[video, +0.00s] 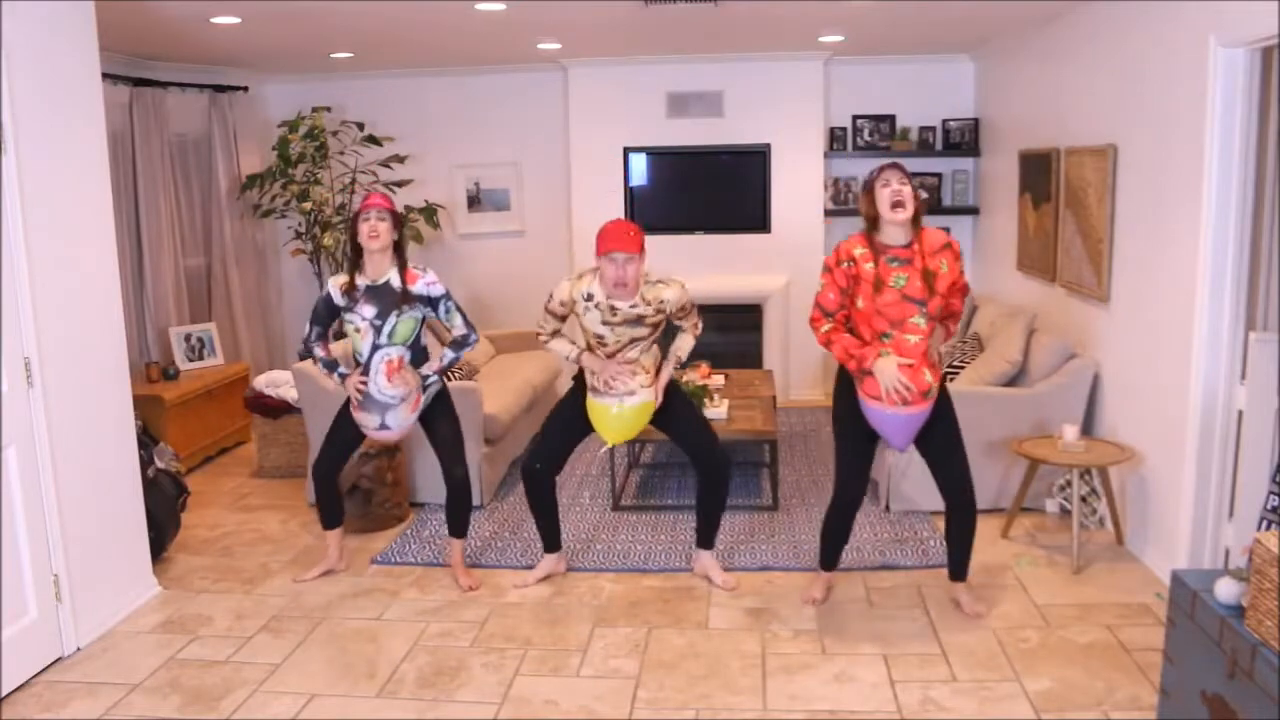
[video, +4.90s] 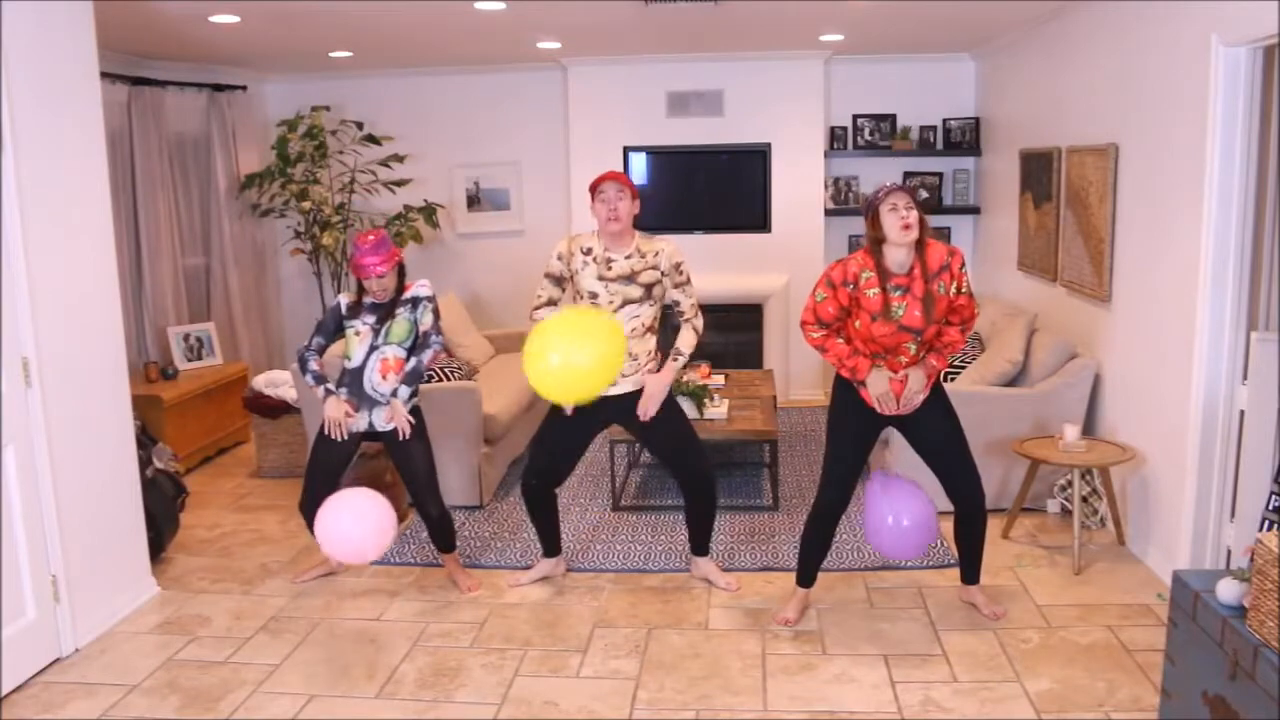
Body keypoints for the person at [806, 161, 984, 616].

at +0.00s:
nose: (896, 190)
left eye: (903, 183)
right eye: (885, 184)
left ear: (916, 197)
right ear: (871, 201)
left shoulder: (940, 247)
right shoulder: (850, 253)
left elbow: (954, 309)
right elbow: (823, 320)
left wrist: (936, 335)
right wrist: (871, 360)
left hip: (924, 376)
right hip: (861, 377)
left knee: (960, 491)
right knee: (850, 488)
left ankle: (958, 583)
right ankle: (824, 574)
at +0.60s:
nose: (960, 173)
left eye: (967, 166)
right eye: (949, 167)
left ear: (979, 179)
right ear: (933, 182)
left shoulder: (1000, 234)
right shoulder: (907, 235)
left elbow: (1022, 289)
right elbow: (877, 301)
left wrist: (997, 331)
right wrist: (918, 345)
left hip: (972, 367)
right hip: (909, 363)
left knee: (972, 484)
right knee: (873, 468)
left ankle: (959, 580)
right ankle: (823, 561)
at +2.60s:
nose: (920, 206)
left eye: (928, 198)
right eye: (912, 196)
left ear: (935, 201)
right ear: (889, 196)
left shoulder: (947, 238)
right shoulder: (855, 237)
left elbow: (974, 297)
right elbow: (812, 293)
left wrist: (938, 327)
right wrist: (869, 322)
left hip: (921, 370)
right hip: (861, 368)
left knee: (967, 487)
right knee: (832, 487)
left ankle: (971, 585)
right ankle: (801, 591)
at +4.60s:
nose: (909, 216)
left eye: (914, 209)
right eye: (897, 211)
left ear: (923, 219)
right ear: (878, 224)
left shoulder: (947, 262)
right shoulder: (852, 272)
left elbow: (962, 323)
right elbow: (814, 326)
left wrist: (927, 370)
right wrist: (865, 371)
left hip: (923, 385)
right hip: (859, 386)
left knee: (972, 492)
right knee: (832, 494)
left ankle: (971, 585)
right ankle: (801, 593)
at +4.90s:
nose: (906, 215)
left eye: (910, 207)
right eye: (894, 210)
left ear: (921, 218)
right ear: (876, 224)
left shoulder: (946, 261)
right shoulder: (849, 271)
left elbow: (960, 324)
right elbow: (815, 326)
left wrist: (926, 368)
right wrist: (865, 370)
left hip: (921, 388)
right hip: (859, 388)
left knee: (969, 493)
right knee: (832, 496)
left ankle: (970, 585)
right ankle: (801, 593)